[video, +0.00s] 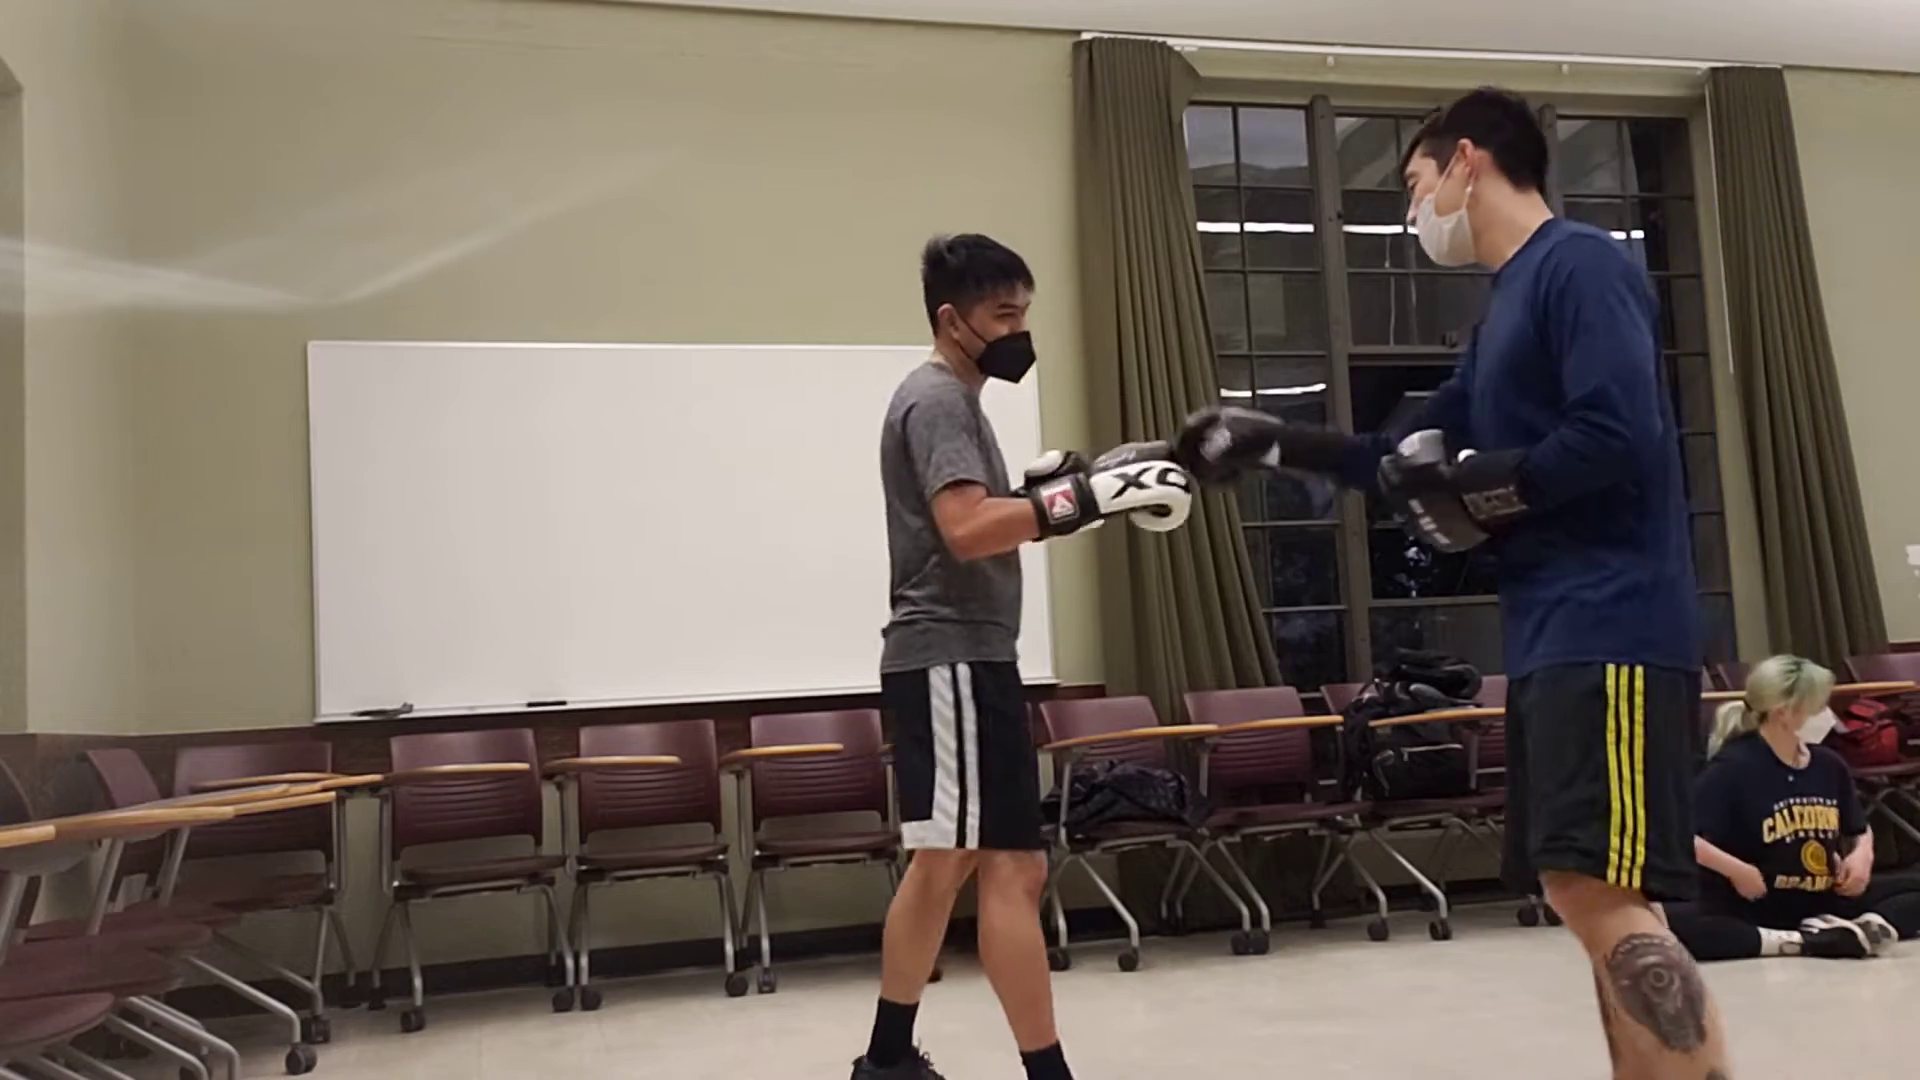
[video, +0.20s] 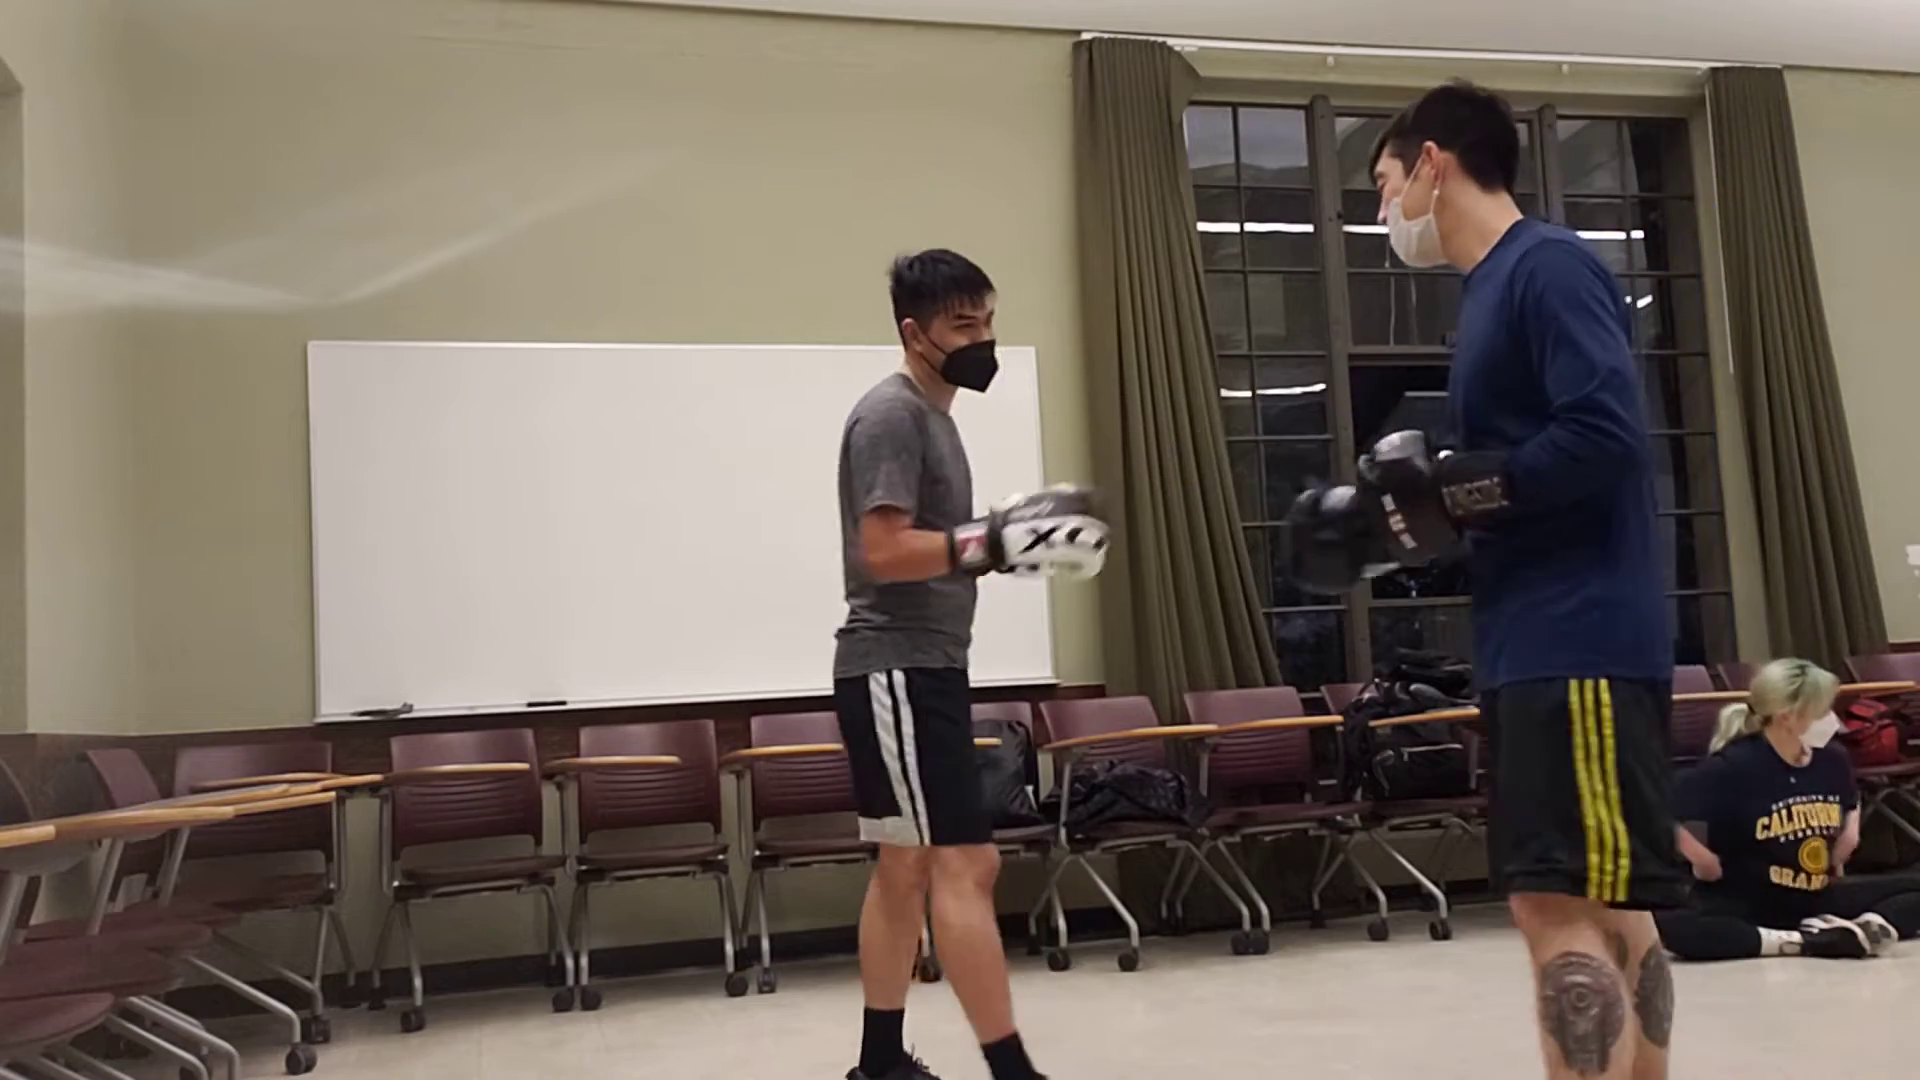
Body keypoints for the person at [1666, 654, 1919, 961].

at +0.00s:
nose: (1820, 714)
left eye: (1818, 706)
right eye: (1812, 706)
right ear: (1781, 712)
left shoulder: (1831, 765)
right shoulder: (1732, 767)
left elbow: (1859, 830)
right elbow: (1683, 834)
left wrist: (1862, 856)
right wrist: (1735, 869)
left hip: (1829, 901)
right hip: (1756, 907)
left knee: (1916, 896)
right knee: (1676, 925)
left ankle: (1860, 930)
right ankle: (1790, 942)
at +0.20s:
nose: (1828, 720)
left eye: (1827, 710)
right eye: (1819, 712)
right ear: (1786, 716)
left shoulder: (1833, 760)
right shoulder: (1733, 765)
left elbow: (1851, 799)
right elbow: (1660, 808)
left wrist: (1851, 834)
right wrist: (1699, 856)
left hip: (1819, 898)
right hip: (1746, 902)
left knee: (1916, 888)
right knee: (1668, 925)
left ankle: (1860, 929)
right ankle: (1789, 942)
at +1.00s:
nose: (1835, 725)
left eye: (1834, 716)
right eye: (1826, 718)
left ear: (1797, 721)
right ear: (1793, 722)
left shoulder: (1837, 760)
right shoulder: (1738, 764)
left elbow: (1870, 794)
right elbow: (1647, 794)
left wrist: (1859, 848)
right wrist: (1684, 864)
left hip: (1813, 897)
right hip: (1740, 902)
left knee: (1917, 888)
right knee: (1673, 923)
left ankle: (1853, 931)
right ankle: (1797, 943)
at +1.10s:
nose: (1836, 724)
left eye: (1834, 715)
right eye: (1826, 717)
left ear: (1797, 721)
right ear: (1793, 721)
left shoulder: (1838, 761)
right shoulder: (1739, 763)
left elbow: (1864, 808)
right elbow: (1648, 794)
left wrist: (1842, 862)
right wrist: (1684, 864)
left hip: (1815, 895)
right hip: (1742, 902)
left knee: (1917, 889)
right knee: (1672, 923)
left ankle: (1853, 932)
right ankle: (1798, 944)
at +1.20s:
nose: (1835, 725)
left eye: (1834, 715)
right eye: (1826, 718)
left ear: (1800, 721)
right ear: (1793, 722)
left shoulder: (1835, 763)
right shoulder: (1739, 764)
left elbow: (1859, 803)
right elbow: (1647, 792)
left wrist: (1842, 851)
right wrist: (1683, 863)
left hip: (1812, 896)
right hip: (1741, 902)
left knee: (1917, 889)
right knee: (1672, 923)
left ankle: (1854, 932)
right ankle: (1797, 943)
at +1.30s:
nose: (1836, 726)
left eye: (1834, 717)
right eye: (1827, 719)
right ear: (1793, 722)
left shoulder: (1835, 760)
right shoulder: (1738, 765)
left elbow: (1850, 802)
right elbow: (1647, 793)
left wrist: (1837, 846)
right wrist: (1682, 862)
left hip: (1809, 896)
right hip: (1739, 902)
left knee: (1917, 888)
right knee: (1672, 922)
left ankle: (1853, 932)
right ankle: (1798, 943)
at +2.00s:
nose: (1820, 712)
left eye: (1819, 703)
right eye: (1812, 703)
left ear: (1784, 708)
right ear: (1781, 708)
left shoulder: (1823, 766)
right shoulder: (1735, 769)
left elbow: (1852, 842)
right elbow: (1704, 862)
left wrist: (1856, 878)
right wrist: (1796, 890)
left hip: (1822, 898)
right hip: (1749, 905)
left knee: (1915, 897)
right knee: (1670, 922)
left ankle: (1850, 930)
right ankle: (1792, 945)